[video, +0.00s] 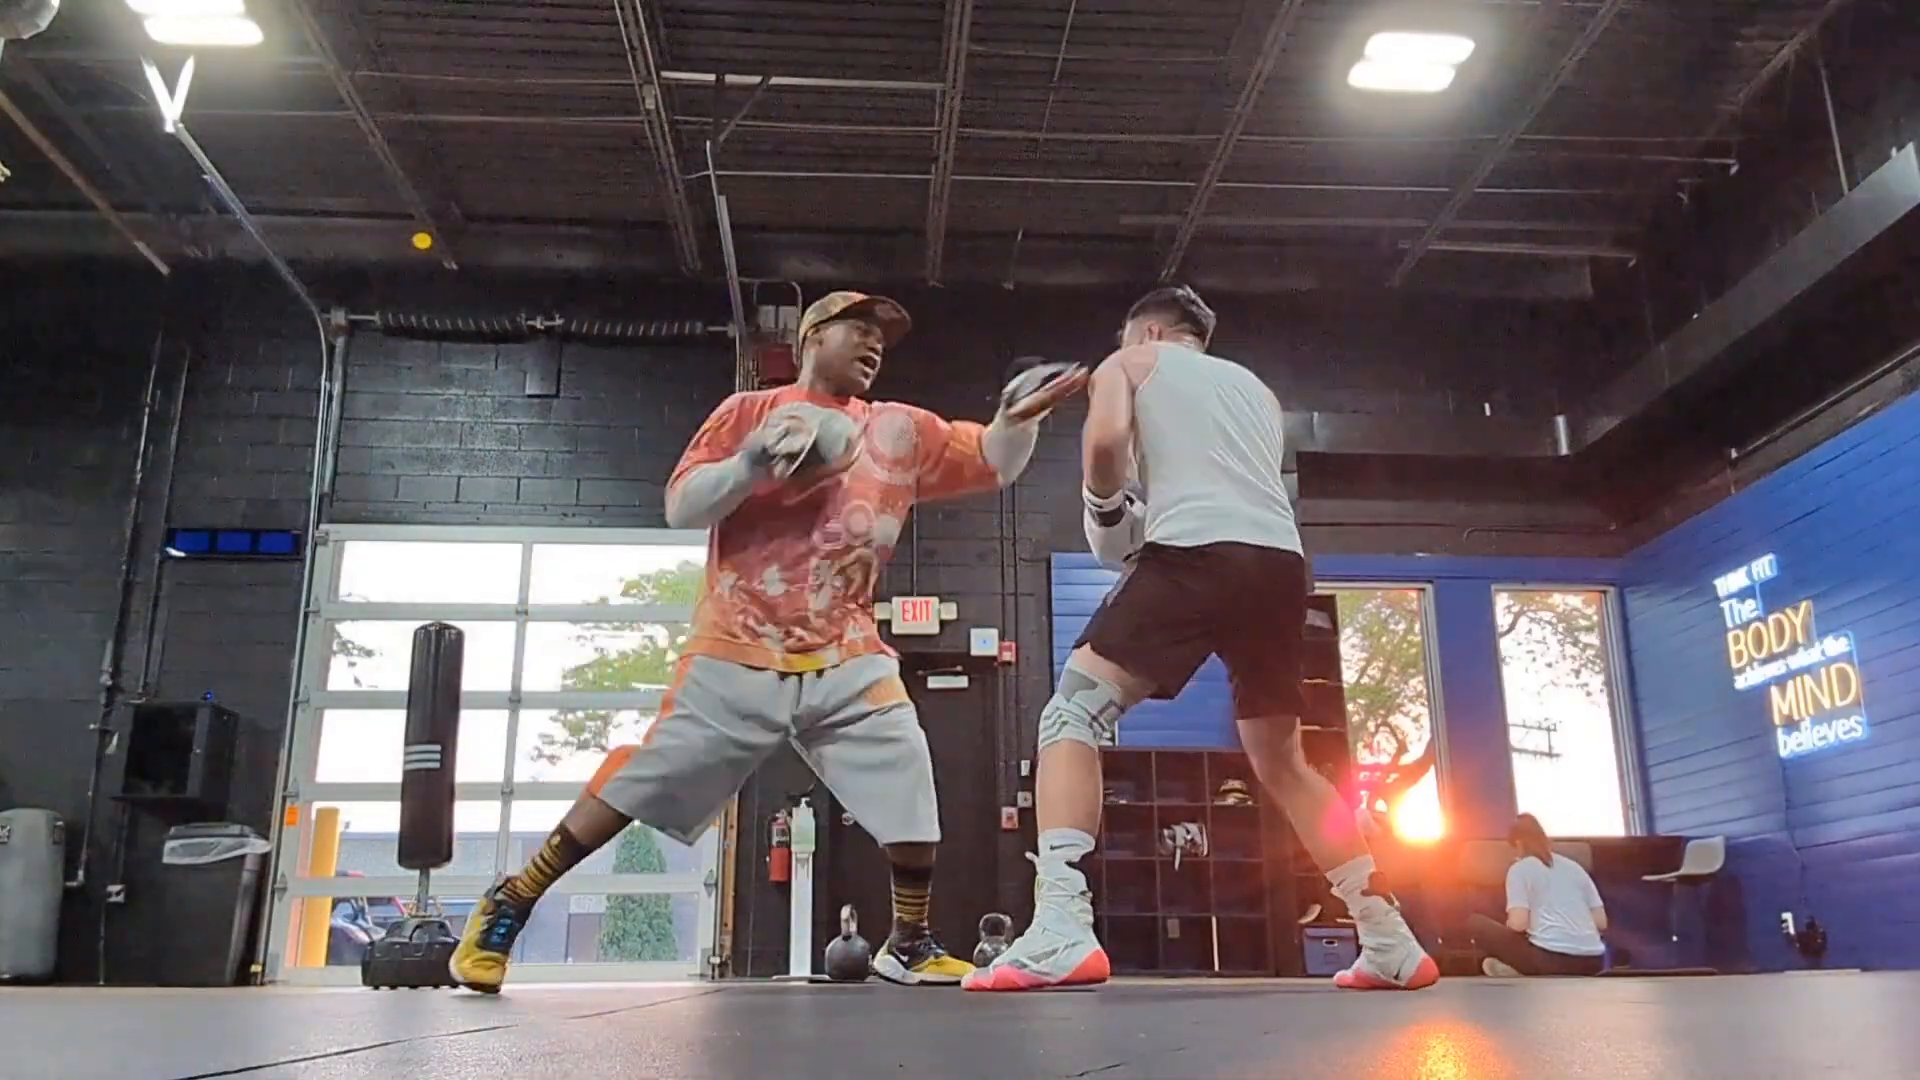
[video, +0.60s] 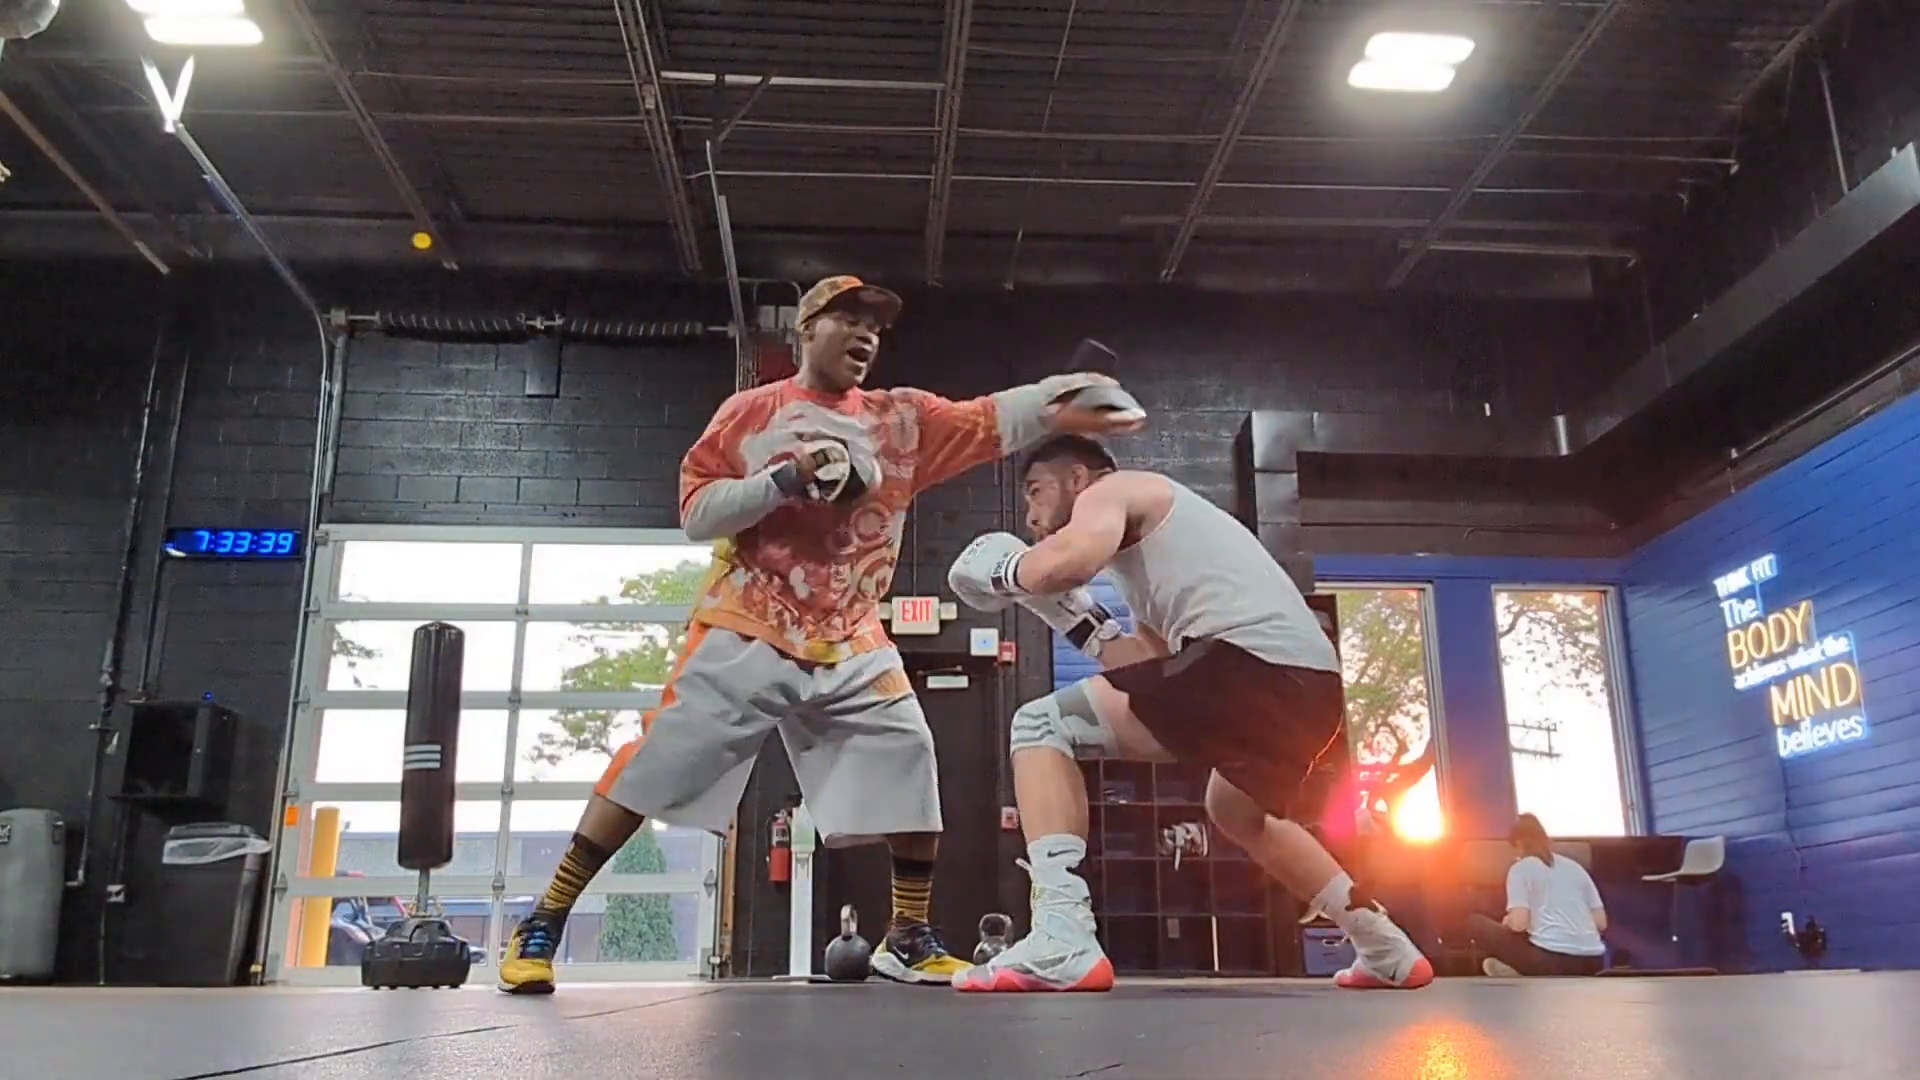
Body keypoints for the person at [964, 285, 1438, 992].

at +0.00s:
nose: (1121, 353)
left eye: (1125, 341)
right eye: (1124, 344)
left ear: (1148, 331)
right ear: (1199, 338)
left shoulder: (1126, 362)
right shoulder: (1259, 390)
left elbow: (1105, 439)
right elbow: (1266, 489)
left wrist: (1108, 521)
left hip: (1191, 554)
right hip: (1281, 563)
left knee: (1072, 719)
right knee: (1279, 760)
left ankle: (1060, 927)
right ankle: (1389, 939)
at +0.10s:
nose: (1106, 330)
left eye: (1110, 314)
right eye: (1106, 319)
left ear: (1141, 300)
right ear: (1176, 307)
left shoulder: (1144, 330)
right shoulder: (1221, 373)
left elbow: (1154, 407)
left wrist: (1103, 466)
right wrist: (1125, 466)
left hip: (1202, 550)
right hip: (1267, 565)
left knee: (1080, 710)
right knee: (1264, 764)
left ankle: (1056, 923)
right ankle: (1389, 940)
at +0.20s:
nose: (1082, 301)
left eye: (1092, 284)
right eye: (1082, 287)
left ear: (1137, 281)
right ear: (1134, 287)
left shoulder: (1189, 327)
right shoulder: (1128, 379)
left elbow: (1207, 424)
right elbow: (1120, 508)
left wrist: (1105, 424)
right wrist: (1073, 443)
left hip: (1200, 564)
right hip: (1221, 576)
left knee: (1085, 718)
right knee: (1233, 780)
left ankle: (1068, 933)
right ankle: (1383, 935)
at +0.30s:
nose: (1052, 320)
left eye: (1064, 300)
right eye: (1050, 307)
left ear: (1119, 298)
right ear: (1100, 307)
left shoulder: (1194, 365)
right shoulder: (1084, 400)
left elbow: (1208, 485)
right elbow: (1071, 530)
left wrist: (1106, 441)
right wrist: (1041, 464)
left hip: (1215, 578)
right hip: (1177, 588)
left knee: (1078, 708)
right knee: (1204, 808)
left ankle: (1066, 933)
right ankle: (1372, 929)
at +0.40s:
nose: (1003, 399)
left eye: (1011, 377)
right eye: (999, 386)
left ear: (1066, 363)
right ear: (1058, 374)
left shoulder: (1152, 406)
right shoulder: (1065, 463)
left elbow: (1185, 531)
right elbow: (1084, 588)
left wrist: (1083, 481)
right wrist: (1027, 535)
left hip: (1228, 607)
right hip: (1217, 618)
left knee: (1066, 709)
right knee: (1185, 815)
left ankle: (1063, 934)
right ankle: (1363, 918)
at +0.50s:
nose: (995, 477)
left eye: (998, 457)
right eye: (990, 463)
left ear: (1044, 444)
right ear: (1046, 450)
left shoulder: (1117, 456)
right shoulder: (1097, 522)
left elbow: (1113, 571)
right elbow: (1116, 638)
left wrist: (1023, 531)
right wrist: (1040, 601)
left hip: (1242, 645)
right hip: (1283, 664)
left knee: (1055, 710)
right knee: (1197, 809)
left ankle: (1061, 938)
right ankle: (1358, 934)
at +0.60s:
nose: (1032, 510)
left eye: (1038, 491)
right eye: (1027, 498)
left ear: (1081, 476)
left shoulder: (1115, 489)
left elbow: (1063, 564)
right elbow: (1149, 665)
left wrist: (1001, 564)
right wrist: (1068, 619)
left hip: (1244, 669)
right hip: (1318, 693)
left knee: (1042, 725)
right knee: (1236, 811)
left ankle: (1062, 937)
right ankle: (1386, 948)